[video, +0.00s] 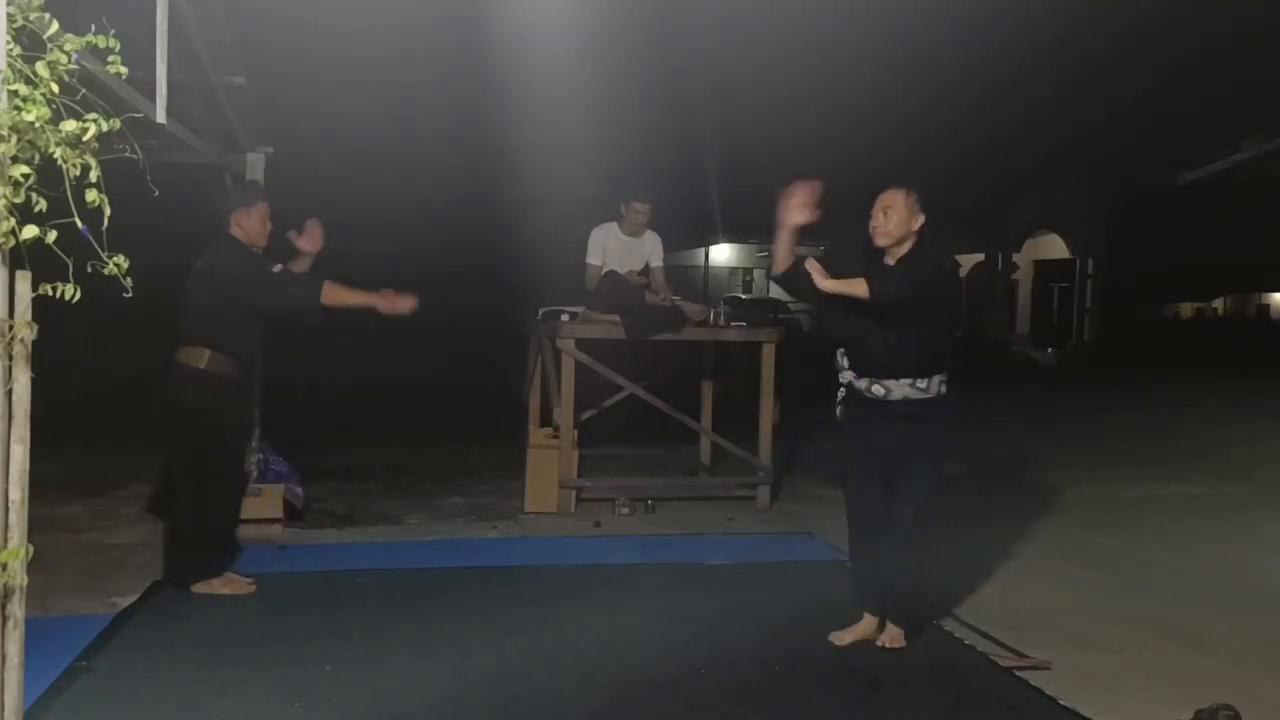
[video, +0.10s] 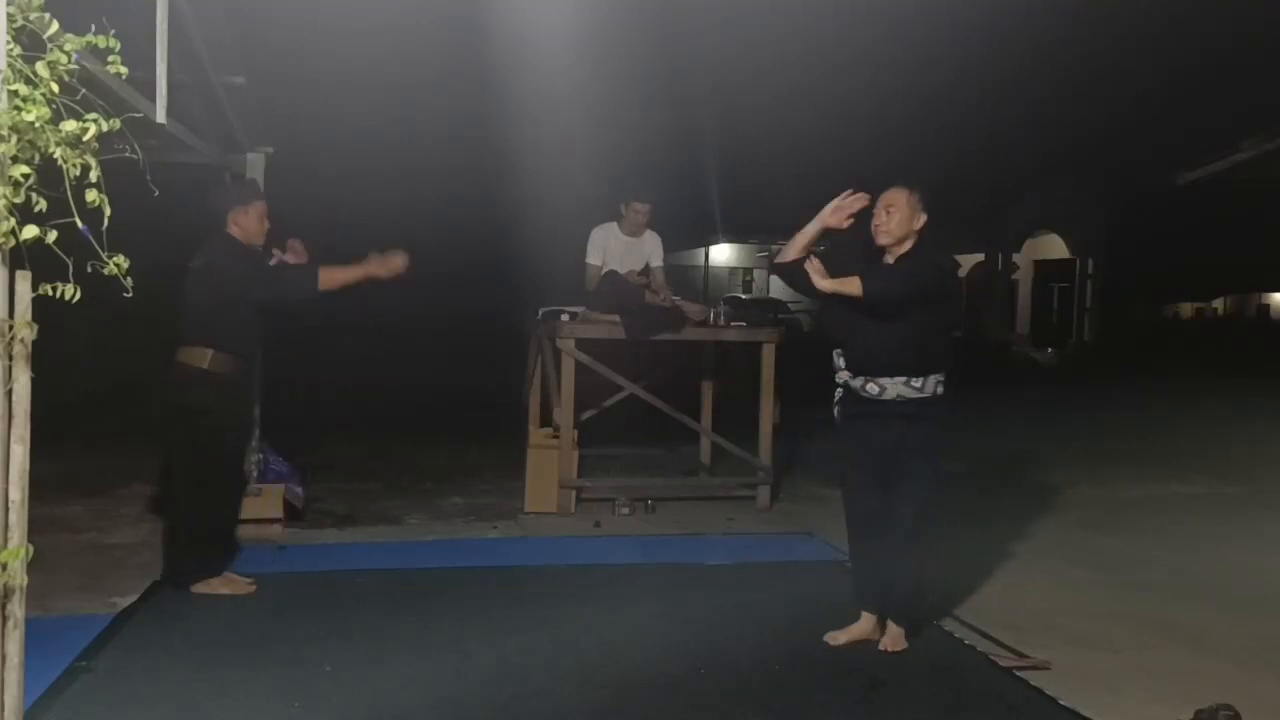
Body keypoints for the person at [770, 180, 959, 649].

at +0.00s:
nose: (878, 218)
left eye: (889, 211)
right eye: (876, 211)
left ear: (917, 221)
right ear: (872, 219)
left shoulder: (936, 265)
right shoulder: (859, 264)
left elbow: (897, 289)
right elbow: (786, 276)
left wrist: (829, 286)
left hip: (917, 408)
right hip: (862, 405)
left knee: (906, 511)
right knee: (863, 509)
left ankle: (899, 618)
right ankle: (869, 613)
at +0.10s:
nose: (880, 217)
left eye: (892, 209)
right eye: (877, 210)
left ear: (920, 220)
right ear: (872, 221)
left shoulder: (936, 265)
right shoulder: (860, 261)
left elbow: (896, 285)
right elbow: (785, 264)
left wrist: (828, 286)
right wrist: (821, 223)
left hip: (915, 410)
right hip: (859, 406)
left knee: (906, 513)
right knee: (862, 511)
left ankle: (898, 620)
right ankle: (868, 614)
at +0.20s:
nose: (880, 220)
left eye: (892, 212)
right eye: (878, 213)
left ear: (921, 222)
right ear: (876, 223)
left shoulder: (939, 269)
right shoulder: (864, 272)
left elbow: (898, 281)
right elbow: (804, 281)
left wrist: (837, 274)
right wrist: (760, 247)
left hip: (914, 413)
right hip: (859, 410)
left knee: (904, 516)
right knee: (857, 512)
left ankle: (896, 622)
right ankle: (868, 616)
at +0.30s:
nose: (879, 220)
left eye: (891, 212)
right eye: (877, 214)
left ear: (920, 221)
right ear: (874, 223)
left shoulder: (939, 267)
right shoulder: (857, 271)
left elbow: (896, 277)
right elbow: (800, 299)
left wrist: (833, 267)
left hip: (915, 413)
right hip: (856, 410)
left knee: (905, 516)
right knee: (853, 513)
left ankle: (896, 623)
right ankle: (867, 615)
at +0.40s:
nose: (873, 220)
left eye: (884, 212)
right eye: (870, 213)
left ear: (913, 222)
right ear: (866, 225)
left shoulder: (934, 269)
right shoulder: (851, 275)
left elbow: (891, 283)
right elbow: (803, 329)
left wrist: (822, 274)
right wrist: (841, 335)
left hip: (914, 412)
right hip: (856, 408)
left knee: (905, 516)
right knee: (857, 513)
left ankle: (895, 621)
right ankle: (868, 617)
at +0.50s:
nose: (866, 222)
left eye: (878, 213)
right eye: (864, 215)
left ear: (908, 223)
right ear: (861, 227)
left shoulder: (929, 269)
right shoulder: (853, 275)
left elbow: (888, 292)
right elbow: (825, 339)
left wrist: (825, 293)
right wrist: (853, 280)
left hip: (914, 411)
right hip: (857, 407)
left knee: (906, 515)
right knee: (858, 513)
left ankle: (895, 620)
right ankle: (869, 617)